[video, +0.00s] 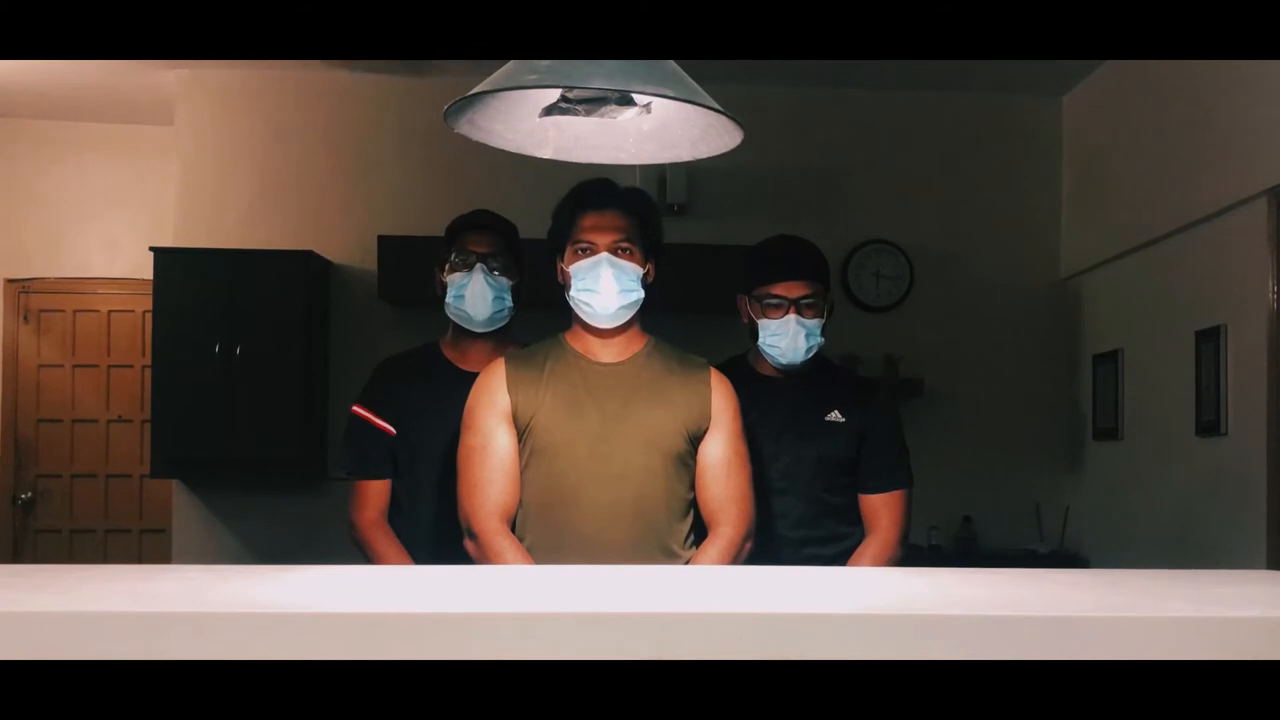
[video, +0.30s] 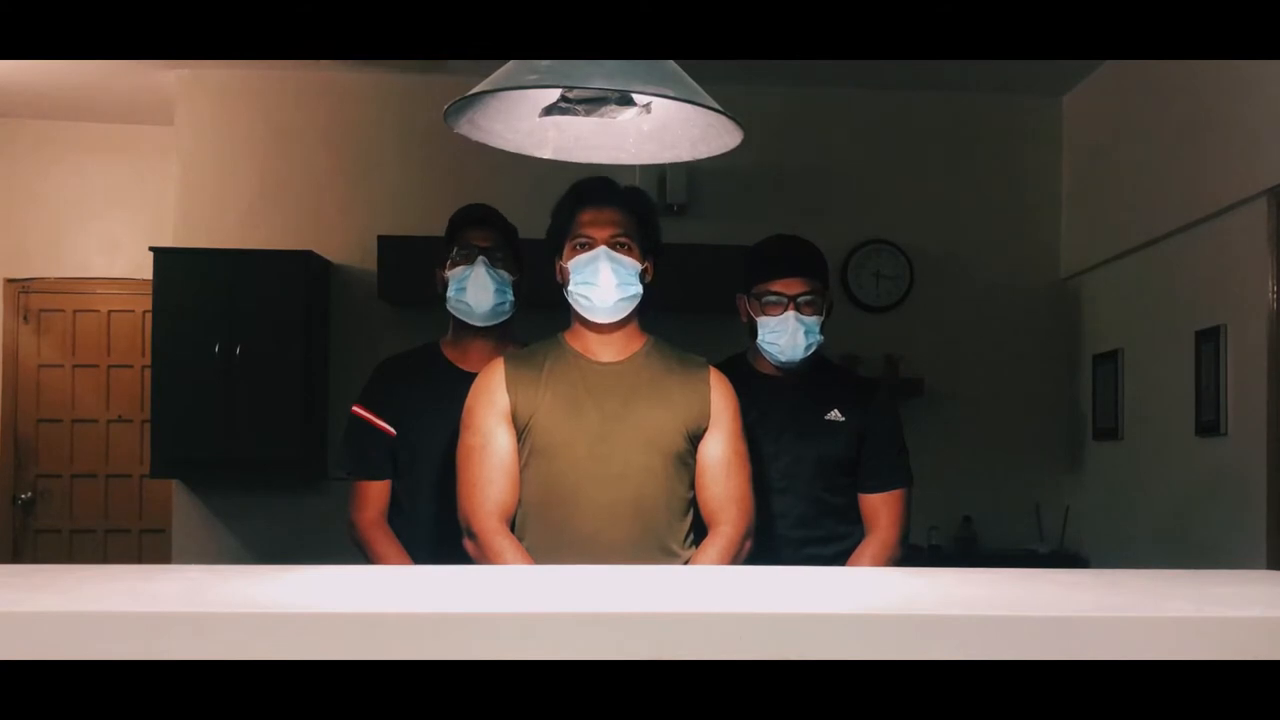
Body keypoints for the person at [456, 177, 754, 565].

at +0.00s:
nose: (603, 266)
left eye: (622, 251)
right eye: (585, 251)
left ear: (647, 270)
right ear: (562, 269)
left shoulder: (706, 389)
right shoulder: (505, 382)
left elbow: (732, 531)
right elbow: (484, 529)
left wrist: (668, 616)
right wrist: (551, 615)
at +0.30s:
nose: (602, 260)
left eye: (620, 246)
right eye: (584, 246)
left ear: (646, 269)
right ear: (561, 269)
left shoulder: (705, 388)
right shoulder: (504, 381)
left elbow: (732, 530)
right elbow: (483, 529)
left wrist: (669, 615)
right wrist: (552, 615)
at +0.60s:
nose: (601, 254)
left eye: (620, 241)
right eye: (584, 240)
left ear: (645, 268)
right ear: (560, 266)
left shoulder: (704, 388)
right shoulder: (503, 381)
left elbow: (732, 530)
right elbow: (483, 529)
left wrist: (668, 615)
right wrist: (553, 616)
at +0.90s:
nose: (602, 249)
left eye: (620, 238)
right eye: (585, 237)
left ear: (645, 268)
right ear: (561, 266)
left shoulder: (704, 388)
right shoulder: (503, 381)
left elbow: (731, 530)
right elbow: (483, 530)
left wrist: (669, 615)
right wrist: (553, 616)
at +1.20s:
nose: (602, 245)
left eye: (620, 235)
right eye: (584, 234)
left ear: (645, 267)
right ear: (561, 265)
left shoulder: (704, 389)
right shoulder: (503, 382)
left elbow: (731, 531)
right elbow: (484, 530)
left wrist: (668, 616)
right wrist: (552, 616)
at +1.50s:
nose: (602, 242)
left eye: (620, 234)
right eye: (585, 232)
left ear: (645, 268)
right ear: (562, 264)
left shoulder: (703, 389)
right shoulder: (503, 382)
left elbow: (731, 531)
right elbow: (484, 531)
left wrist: (668, 615)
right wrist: (553, 616)